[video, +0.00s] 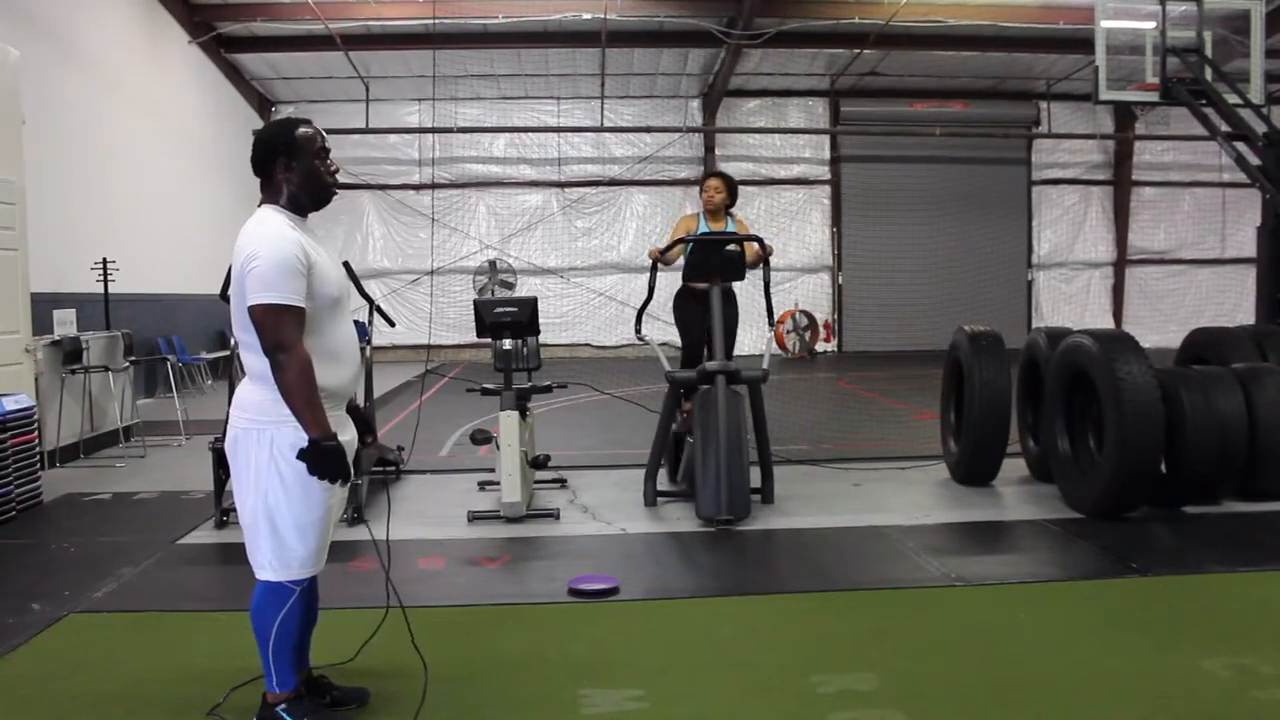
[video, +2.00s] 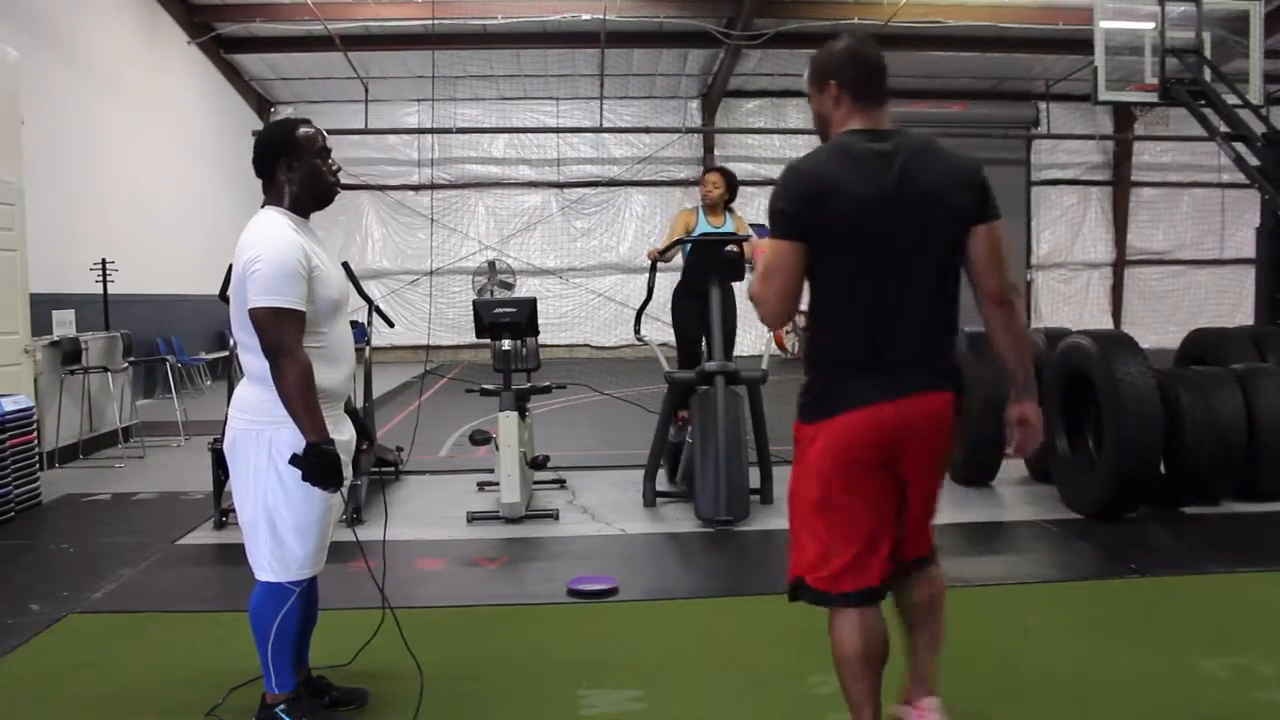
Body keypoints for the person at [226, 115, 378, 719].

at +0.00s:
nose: (335, 166)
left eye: (330, 155)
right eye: (321, 156)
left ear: (291, 171)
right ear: (286, 169)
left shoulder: (297, 237)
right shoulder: (272, 239)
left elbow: (318, 339)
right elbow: (281, 349)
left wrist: (352, 408)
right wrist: (320, 435)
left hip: (303, 428)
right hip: (278, 432)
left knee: (301, 565)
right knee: (284, 570)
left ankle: (298, 679)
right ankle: (280, 698)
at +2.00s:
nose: (336, 165)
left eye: (331, 154)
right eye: (323, 156)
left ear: (292, 171)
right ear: (288, 169)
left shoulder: (296, 238)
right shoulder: (274, 242)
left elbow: (312, 345)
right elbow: (283, 353)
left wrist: (350, 411)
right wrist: (318, 441)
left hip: (301, 429)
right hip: (278, 432)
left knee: (301, 566)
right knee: (284, 572)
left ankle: (297, 680)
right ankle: (281, 698)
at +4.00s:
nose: (338, 168)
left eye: (335, 156)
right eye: (326, 158)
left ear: (295, 171)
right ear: (291, 170)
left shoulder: (298, 237)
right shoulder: (276, 239)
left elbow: (316, 343)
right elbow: (286, 349)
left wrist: (353, 410)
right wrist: (323, 437)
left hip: (299, 429)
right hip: (275, 432)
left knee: (299, 566)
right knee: (282, 571)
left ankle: (296, 680)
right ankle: (280, 697)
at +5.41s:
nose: (357, 187)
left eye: (357, 174)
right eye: (350, 174)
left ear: (315, 175)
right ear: (312, 173)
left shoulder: (310, 235)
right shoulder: (279, 236)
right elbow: (268, 337)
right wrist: (266, 425)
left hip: (319, 427)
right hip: (289, 431)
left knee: (305, 568)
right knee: (288, 573)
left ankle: (298, 680)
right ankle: (279, 699)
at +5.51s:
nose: (370, 189)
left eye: (370, 177)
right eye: (363, 175)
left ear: (324, 175)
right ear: (324, 174)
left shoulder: (318, 236)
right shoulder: (282, 235)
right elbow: (243, 321)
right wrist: (202, 383)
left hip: (323, 429)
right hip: (291, 434)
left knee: (306, 566)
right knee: (287, 571)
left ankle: (299, 681)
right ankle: (278, 698)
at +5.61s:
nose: (378, 191)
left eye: (379, 179)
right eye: (371, 178)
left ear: (332, 177)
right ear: (330, 175)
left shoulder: (324, 239)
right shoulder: (284, 233)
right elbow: (237, 309)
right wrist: (191, 310)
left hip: (326, 426)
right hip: (292, 431)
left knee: (307, 565)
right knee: (289, 572)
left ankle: (297, 683)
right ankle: (280, 700)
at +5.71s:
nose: (378, 192)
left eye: (379, 179)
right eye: (370, 178)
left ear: (333, 178)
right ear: (331, 176)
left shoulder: (326, 235)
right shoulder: (289, 227)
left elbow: (327, 339)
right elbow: (241, 301)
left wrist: (356, 420)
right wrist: (240, 245)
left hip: (324, 426)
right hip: (290, 430)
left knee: (307, 566)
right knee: (290, 571)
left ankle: (299, 681)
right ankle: (280, 698)